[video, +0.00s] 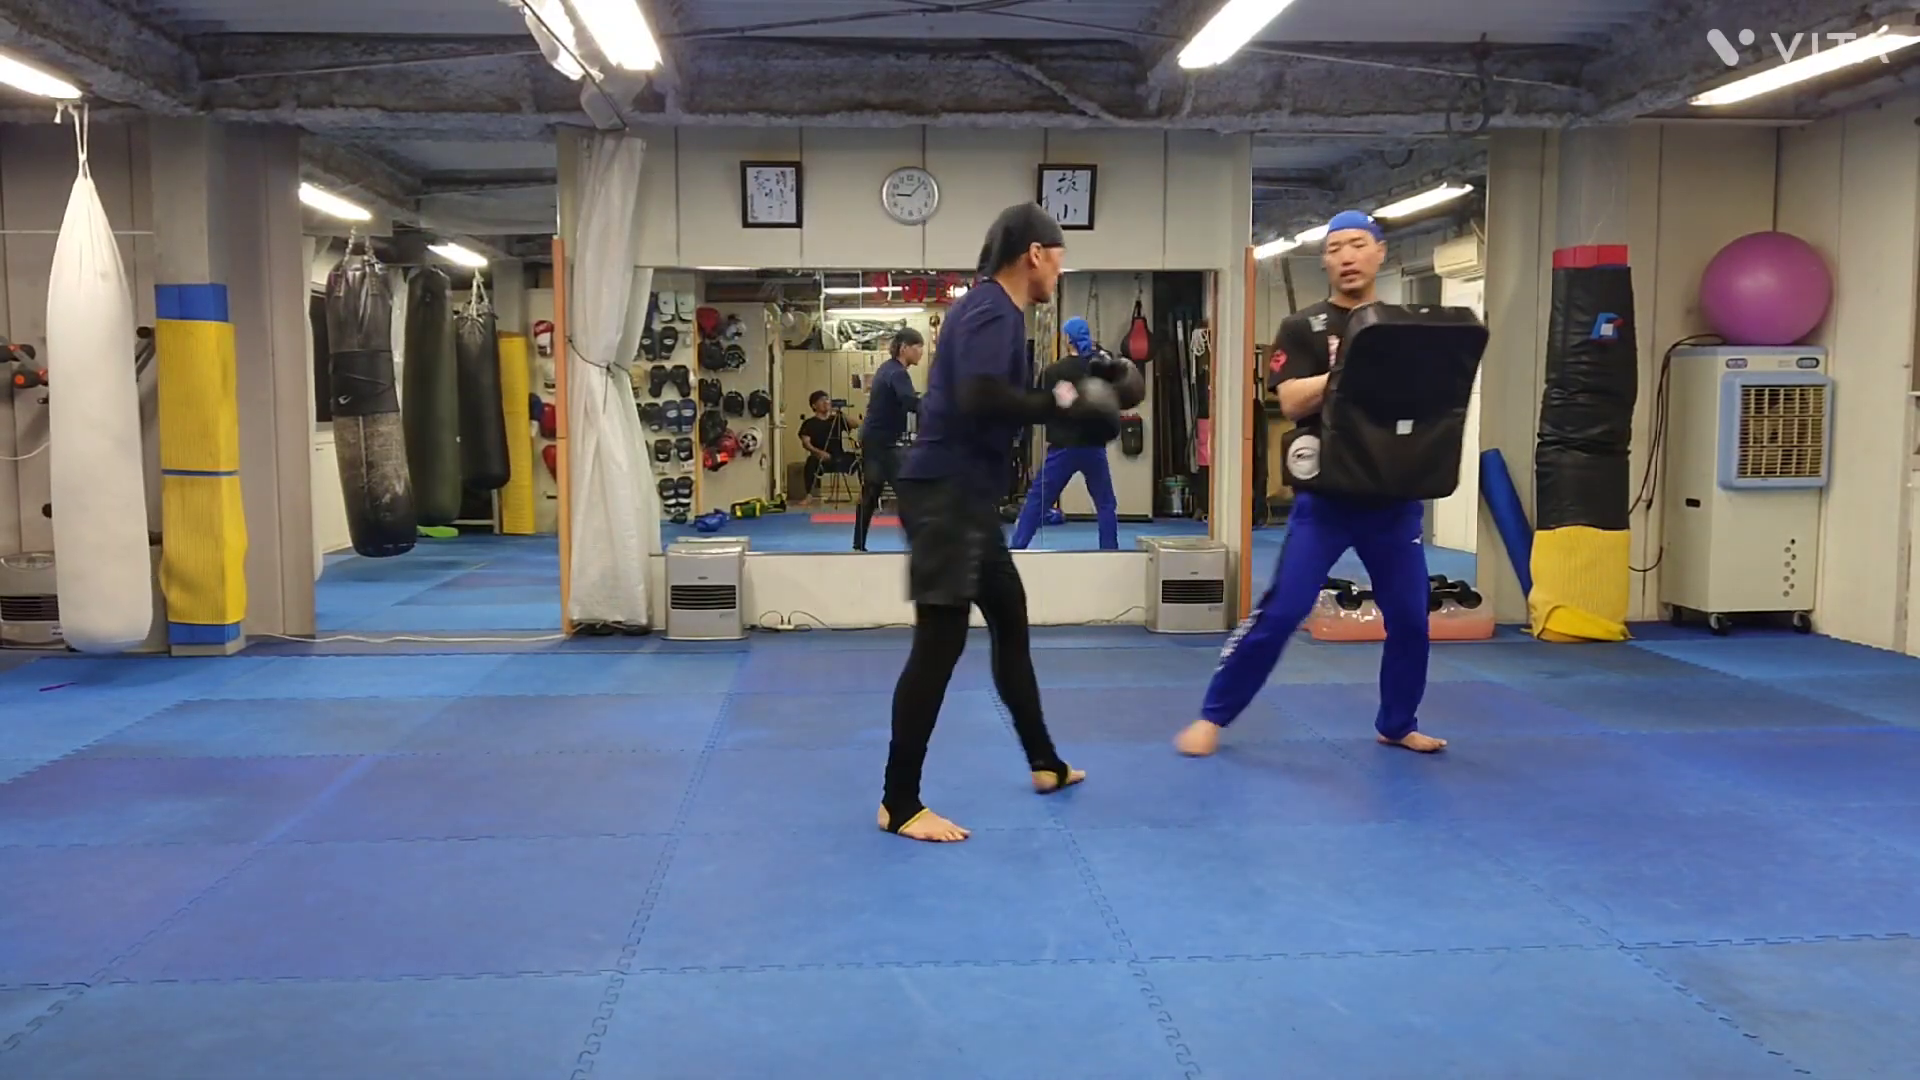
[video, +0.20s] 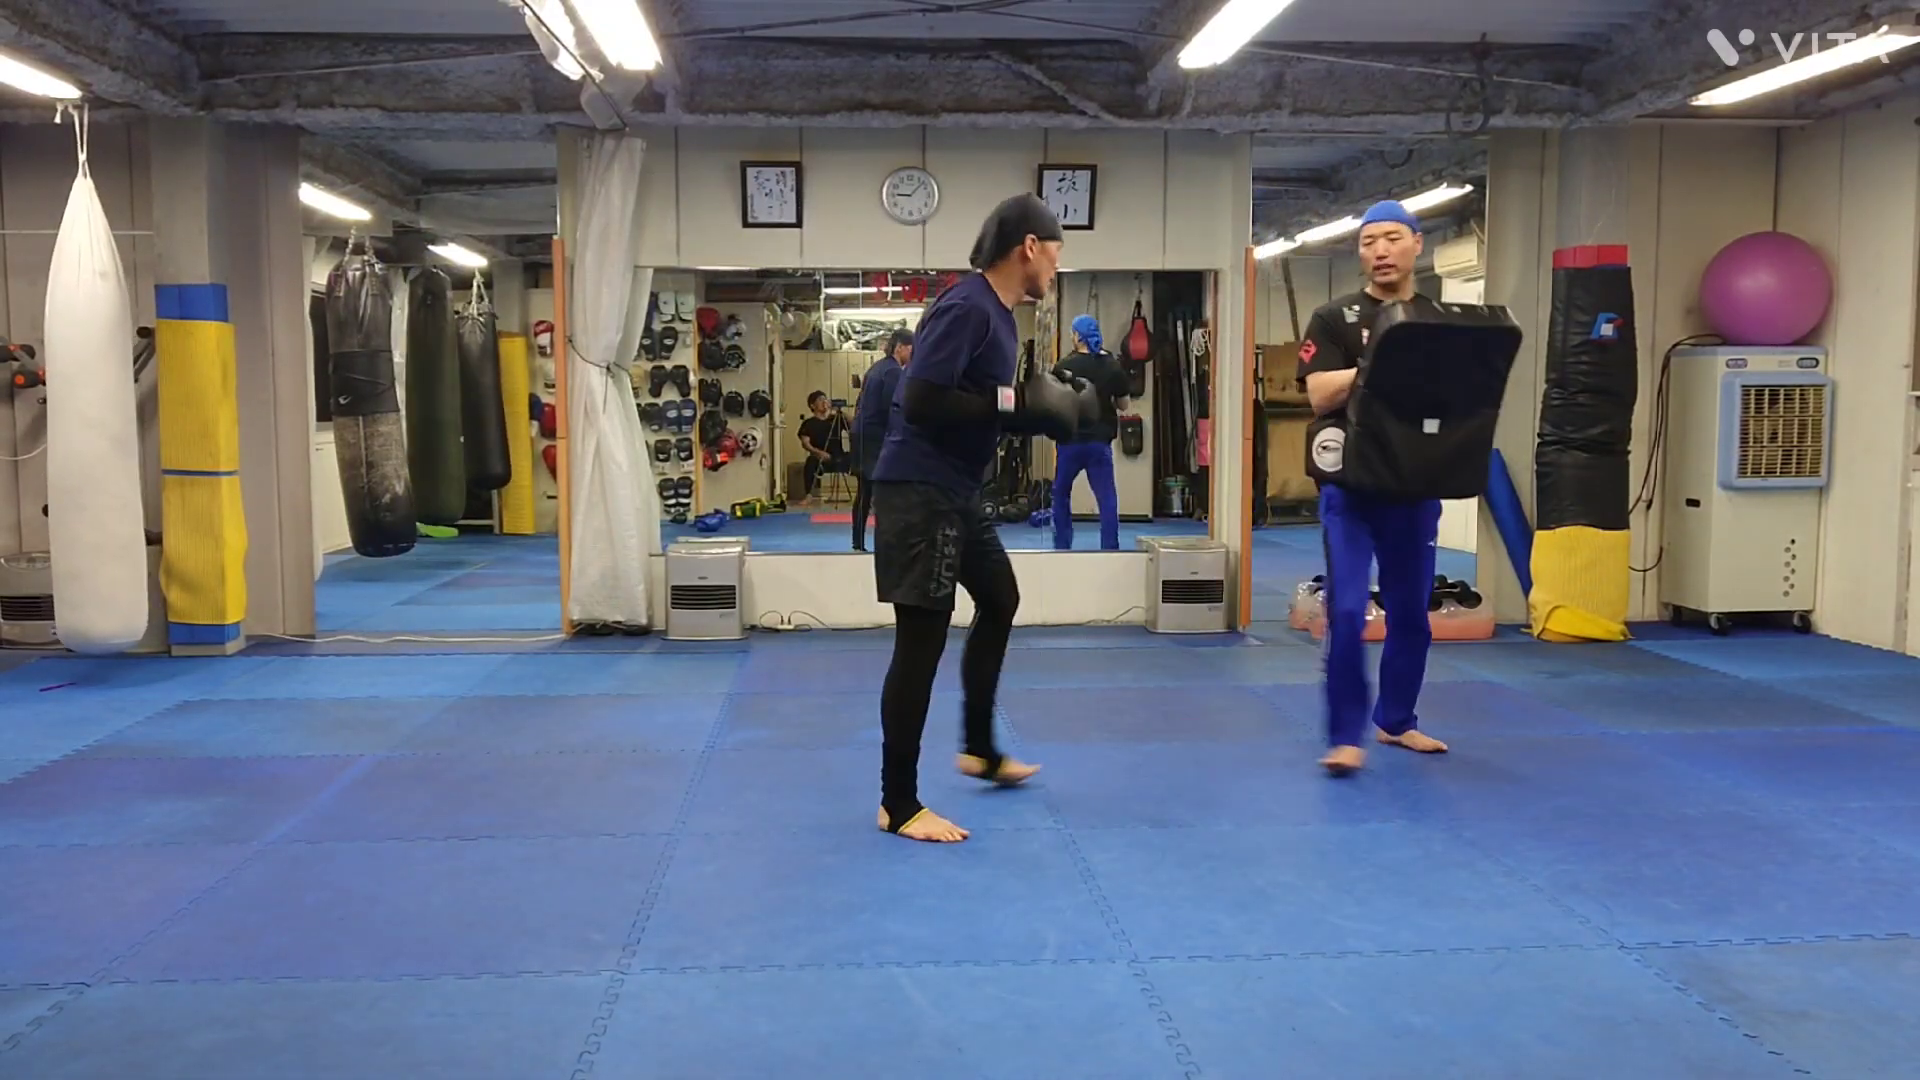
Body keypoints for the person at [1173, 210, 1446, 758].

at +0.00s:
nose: (1347, 255)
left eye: (1358, 244)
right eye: (1335, 248)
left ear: (1381, 254)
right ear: (1325, 263)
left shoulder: (1403, 327)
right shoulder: (1302, 327)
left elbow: (1424, 394)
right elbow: (1292, 403)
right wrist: (1352, 372)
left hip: (1392, 502)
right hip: (1323, 502)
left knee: (1410, 622)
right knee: (1283, 610)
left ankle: (1397, 725)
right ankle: (1212, 717)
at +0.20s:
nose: (1380, 250)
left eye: (1393, 238)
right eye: (1370, 241)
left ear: (1417, 247)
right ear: (1360, 253)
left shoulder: (1439, 320)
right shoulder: (1333, 317)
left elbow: (1460, 391)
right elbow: (1318, 395)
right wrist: (1372, 368)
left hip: (1414, 487)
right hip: (1348, 486)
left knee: (1410, 616)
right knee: (1346, 611)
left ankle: (1396, 722)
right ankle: (1346, 738)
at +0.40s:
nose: (1382, 251)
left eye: (1393, 239)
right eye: (1371, 244)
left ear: (1421, 247)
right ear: (1364, 260)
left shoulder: (1452, 321)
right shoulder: (1342, 326)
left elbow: (1478, 391)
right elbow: (1333, 409)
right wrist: (1393, 377)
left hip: (1433, 491)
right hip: (1366, 493)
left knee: (1424, 621)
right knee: (1386, 622)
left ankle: (1406, 724)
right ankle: (1398, 756)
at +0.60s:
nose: (1375, 239)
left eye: (1385, 224)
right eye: (1363, 232)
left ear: (1413, 228)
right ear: (1354, 248)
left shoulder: (1454, 305)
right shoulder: (1341, 317)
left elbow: (1488, 376)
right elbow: (1340, 400)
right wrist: (1401, 366)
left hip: (1448, 490)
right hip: (1376, 494)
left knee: (1467, 624)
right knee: (1388, 634)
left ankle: (1422, 703)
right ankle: (1399, 762)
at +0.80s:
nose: (1378, 230)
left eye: (1388, 216)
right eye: (1366, 223)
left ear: (1420, 222)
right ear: (1358, 239)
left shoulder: (1459, 298)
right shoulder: (1343, 313)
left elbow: (1496, 374)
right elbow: (1337, 395)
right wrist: (1395, 356)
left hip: (1462, 496)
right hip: (1383, 500)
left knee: (1486, 632)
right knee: (1386, 639)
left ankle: (1482, 770)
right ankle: (1398, 760)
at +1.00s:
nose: (1382, 230)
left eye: (1393, 214)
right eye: (1374, 222)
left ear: (1434, 215)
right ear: (1373, 237)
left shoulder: (1495, 297)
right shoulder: (1359, 310)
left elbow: (1540, 388)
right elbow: (1330, 404)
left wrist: (1482, 367)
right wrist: (1379, 368)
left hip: (1475, 508)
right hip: (1388, 510)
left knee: (1490, 655)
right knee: (1389, 649)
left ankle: (1496, 815)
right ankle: (1396, 754)